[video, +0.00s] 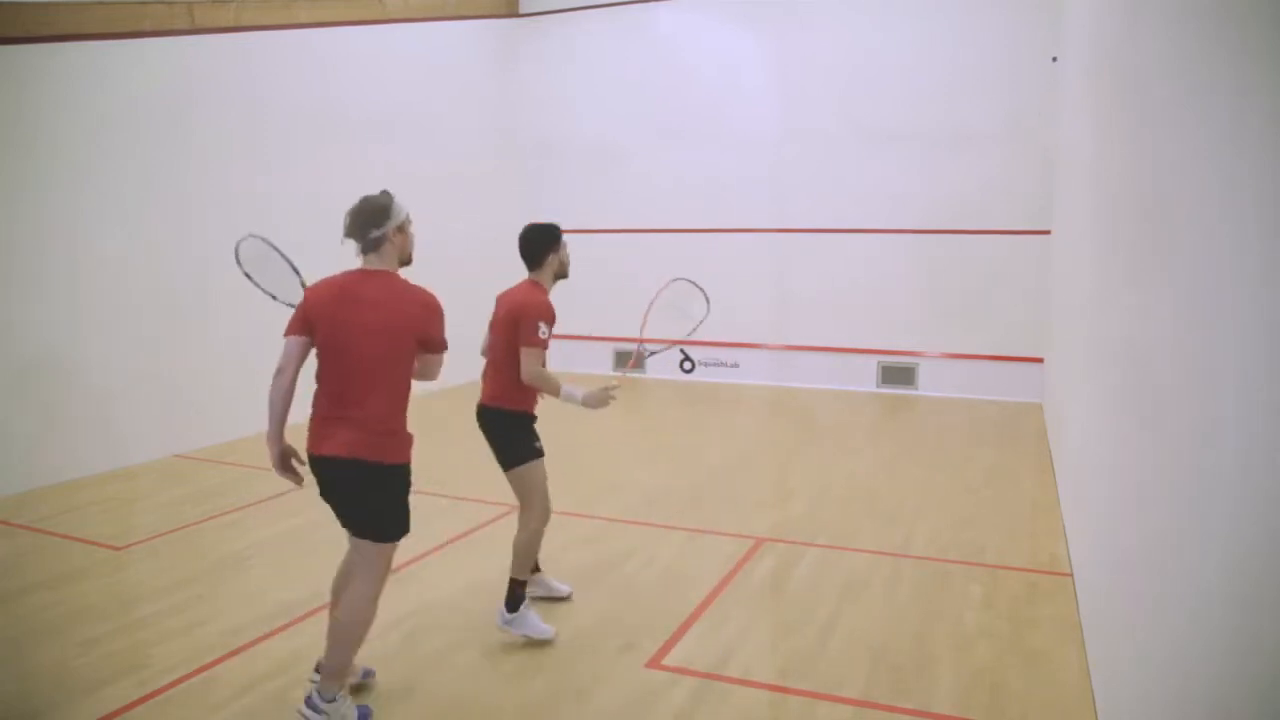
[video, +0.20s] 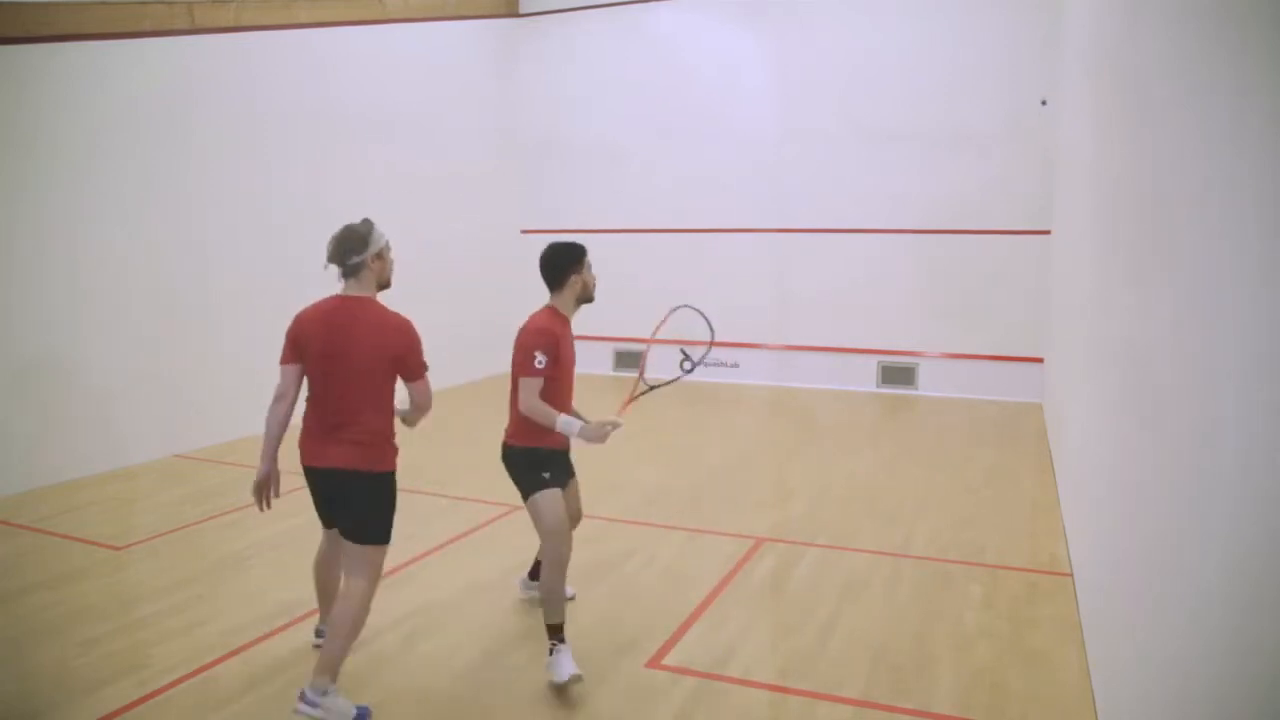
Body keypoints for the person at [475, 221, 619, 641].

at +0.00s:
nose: (568, 256)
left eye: (565, 249)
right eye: (564, 250)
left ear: (532, 258)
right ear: (553, 256)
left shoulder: (510, 297)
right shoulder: (535, 304)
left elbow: (488, 351)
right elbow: (531, 372)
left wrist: (528, 376)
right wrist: (579, 397)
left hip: (502, 411)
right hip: (508, 415)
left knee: (535, 503)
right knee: (536, 509)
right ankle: (512, 609)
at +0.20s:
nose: (594, 278)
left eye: (591, 270)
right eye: (589, 271)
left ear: (564, 279)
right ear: (573, 279)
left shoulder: (560, 327)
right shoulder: (540, 331)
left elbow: (555, 396)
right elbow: (528, 403)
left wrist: (585, 424)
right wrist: (579, 428)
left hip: (553, 445)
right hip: (528, 449)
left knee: (571, 515)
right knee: (556, 538)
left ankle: (538, 579)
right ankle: (557, 647)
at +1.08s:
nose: (671, 340)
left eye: (671, 328)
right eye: (666, 328)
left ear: (628, 327)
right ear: (630, 328)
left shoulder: (595, 360)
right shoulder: (589, 409)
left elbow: (605, 415)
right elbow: (617, 503)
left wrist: (636, 446)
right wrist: (660, 548)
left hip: (602, 534)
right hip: (559, 548)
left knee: (664, 620)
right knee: (622, 681)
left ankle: (681, 713)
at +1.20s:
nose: (641, 295)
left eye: (641, 281)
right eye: (639, 280)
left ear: (594, 280)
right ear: (612, 284)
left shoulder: (539, 330)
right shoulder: (592, 370)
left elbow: (546, 412)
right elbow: (657, 445)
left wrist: (593, 452)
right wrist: (708, 463)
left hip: (536, 513)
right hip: (537, 528)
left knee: (616, 603)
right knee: (597, 658)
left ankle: (607, 705)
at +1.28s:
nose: (616, 286)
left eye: (615, 273)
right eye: (614, 272)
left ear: (556, 272)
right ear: (598, 276)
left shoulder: (511, 333)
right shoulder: (590, 362)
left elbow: (509, 417)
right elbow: (631, 428)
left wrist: (559, 467)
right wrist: (671, 418)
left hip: (487, 518)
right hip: (535, 529)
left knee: (559, 623)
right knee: (594, 673)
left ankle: (534, 708)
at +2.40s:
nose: (410, 283)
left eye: (411, 274)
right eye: (402, 274)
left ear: (369, 276)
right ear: (374, 275)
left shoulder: (328, 310)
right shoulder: (377, 328)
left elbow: (305, 366)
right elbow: (364, 403)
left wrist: (349, 373)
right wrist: (395, 431)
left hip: (311, 449)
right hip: (357, 452)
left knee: (299, 541)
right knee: (402, 514)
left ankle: (288, 641)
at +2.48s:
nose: (418, 292)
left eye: (420, 283)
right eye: (411, 283)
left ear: (383, 284)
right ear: (385, 281)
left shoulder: (344, 315)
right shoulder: (386, 336)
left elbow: (325, 371)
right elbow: (373, 408)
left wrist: (365, 385)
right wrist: (403, 425)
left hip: (322, 447)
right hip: (362, 449)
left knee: (308, 540)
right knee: (405, 514)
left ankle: (290, 640)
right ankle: (431, 585)